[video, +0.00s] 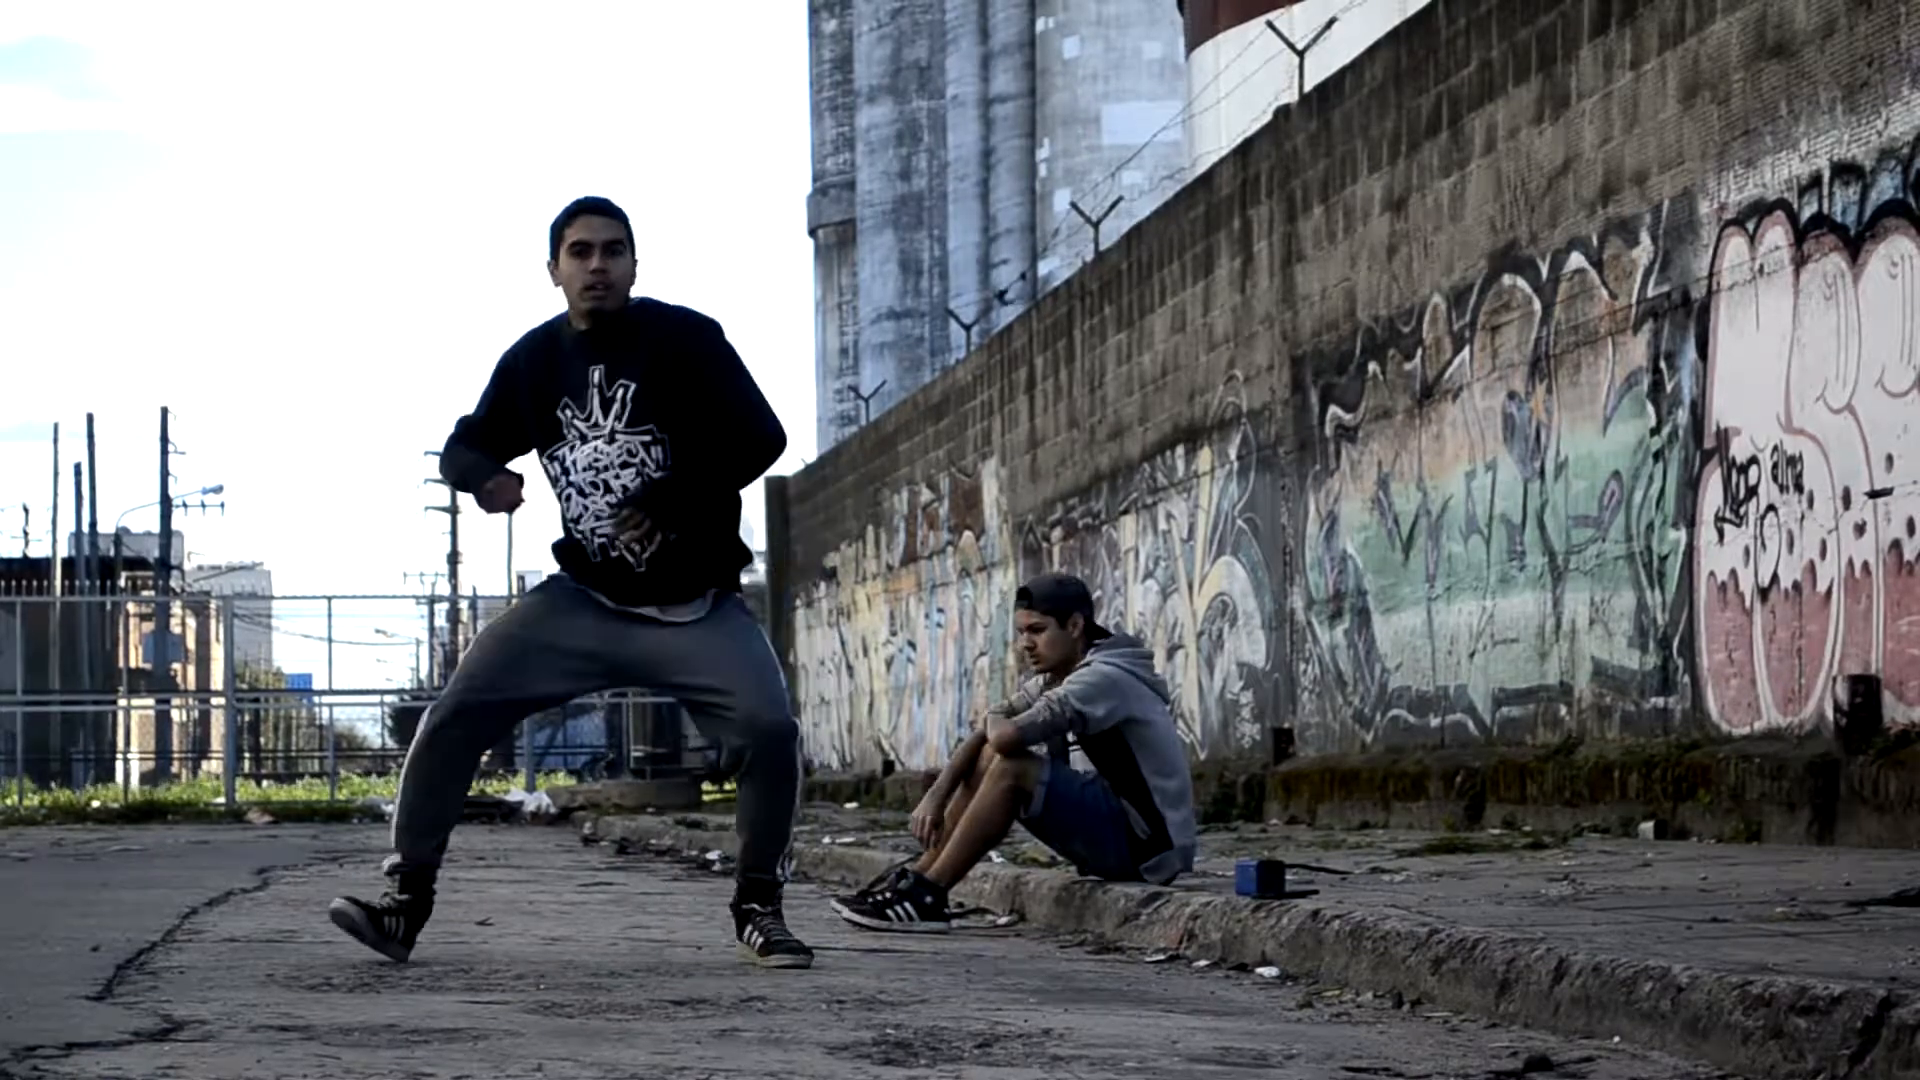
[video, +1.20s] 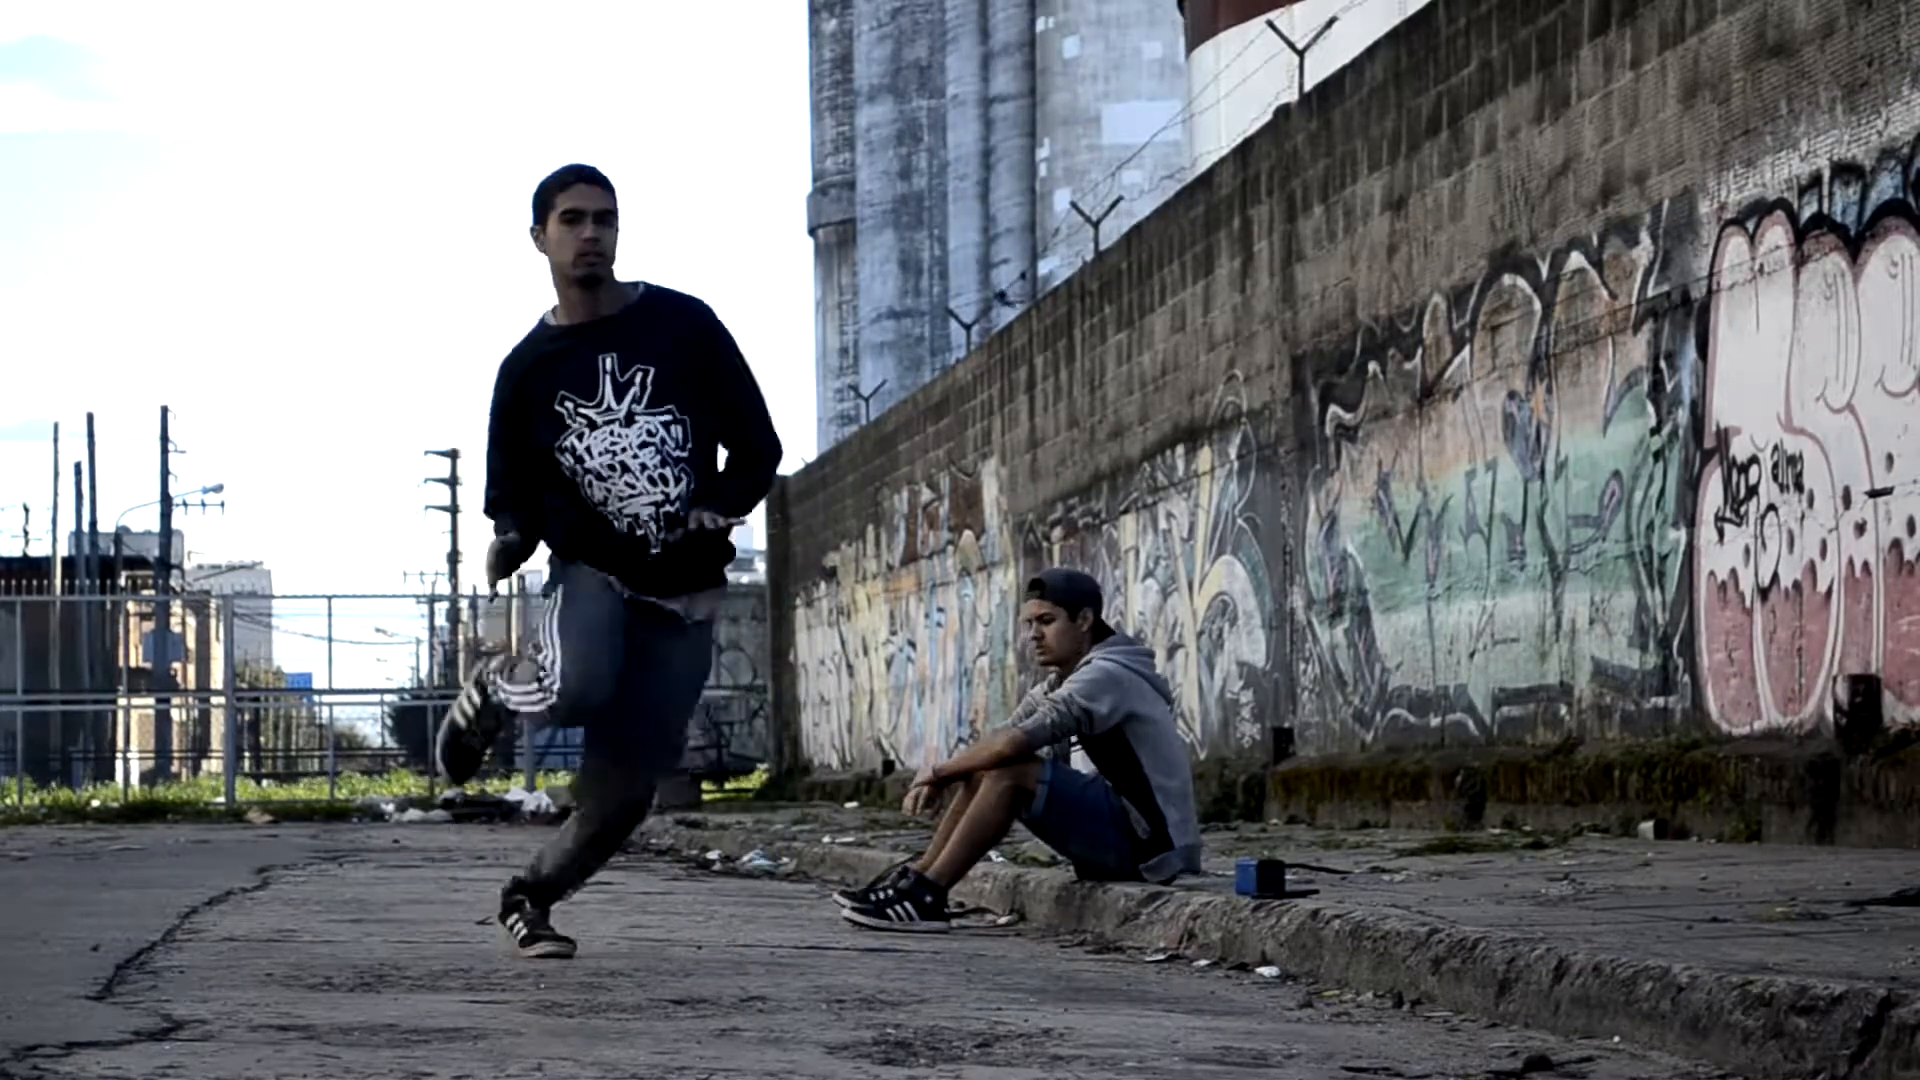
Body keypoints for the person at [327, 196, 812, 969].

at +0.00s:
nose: (598, 266)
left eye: (613, 251)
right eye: (581, 252)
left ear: (635, 263)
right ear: (555, 270)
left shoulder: (690, 341)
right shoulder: (533, 363)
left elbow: (762, 437)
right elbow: (465, 448)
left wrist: (671, 501)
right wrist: (482, 473)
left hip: (701, 611)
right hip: (583, 604)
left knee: (772, 731)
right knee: (456, 710)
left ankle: (760, 910)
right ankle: (405, 902)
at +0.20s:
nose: (639, 359)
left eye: (651, 343)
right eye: (621, 343)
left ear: (664, 350)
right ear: (586, 351)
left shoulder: (693, 448)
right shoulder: (529, 448)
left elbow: (742, 572)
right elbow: (457, 561)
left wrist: (816, 640)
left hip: (658, 675)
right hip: (534, 671)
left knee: (768, 747)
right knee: (419, 749)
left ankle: (739, 912)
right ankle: (387, 916)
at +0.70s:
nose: (564, 303)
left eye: (574, 289)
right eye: (545, 289)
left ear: (585, 299)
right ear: (504, 304)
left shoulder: (643, 394)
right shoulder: (476, 431)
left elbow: (706, 497)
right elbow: (470, 556)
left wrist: (733, 555)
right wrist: (443, 596)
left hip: (667, 632)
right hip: (542, 642)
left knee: (777, 732)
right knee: (450, 762)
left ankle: (816, 903)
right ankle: (396, 914)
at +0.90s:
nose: (574, 236)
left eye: (585, 221)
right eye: (555, 220)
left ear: (597, 233)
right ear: (517, 235)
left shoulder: (660, 316)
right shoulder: (485, 350)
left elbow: (791, 335)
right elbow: (378, 424)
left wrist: (701, 398)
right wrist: (482, 433)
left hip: (670, 594)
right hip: (541, 593)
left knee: (754, 733)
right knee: (437, 733)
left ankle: (786, 901)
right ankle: (391, 916)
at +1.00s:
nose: (597, 192)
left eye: (608, 177)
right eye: (579, 177)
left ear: (620, 185)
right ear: (542, 188)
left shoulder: (681, 283)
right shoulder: (507, 292)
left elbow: (762, 383)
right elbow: (409, 407)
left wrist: (716, 451)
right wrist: (501, 468)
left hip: (670, 557)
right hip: (549, 554)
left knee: (715, 715)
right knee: (475, 696)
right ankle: (442, 837)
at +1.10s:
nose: (599, 206)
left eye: (612, 191)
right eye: (581, 190)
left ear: (626, 202)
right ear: (546, 202)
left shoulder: (677, 296)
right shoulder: (518, 319)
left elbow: (715, 405)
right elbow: (469, 438)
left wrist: (718, 490)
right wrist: (511, 516)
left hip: (672, 562)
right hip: (572, 553)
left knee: (658, 766)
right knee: (524, 707)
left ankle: (548, 884)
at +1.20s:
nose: (591, 234)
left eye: (603, 221)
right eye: (572, 221)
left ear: (619, 234)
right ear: (541, 238)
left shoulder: (685, 325)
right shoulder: (527, 369)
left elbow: (756, 443)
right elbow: (511, 483)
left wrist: (721, 506)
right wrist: (510, 532)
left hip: (684, 581)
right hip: (590, 568)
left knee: (626, 788)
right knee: (581, 693)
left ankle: (532, 895)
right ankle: (492, 689)